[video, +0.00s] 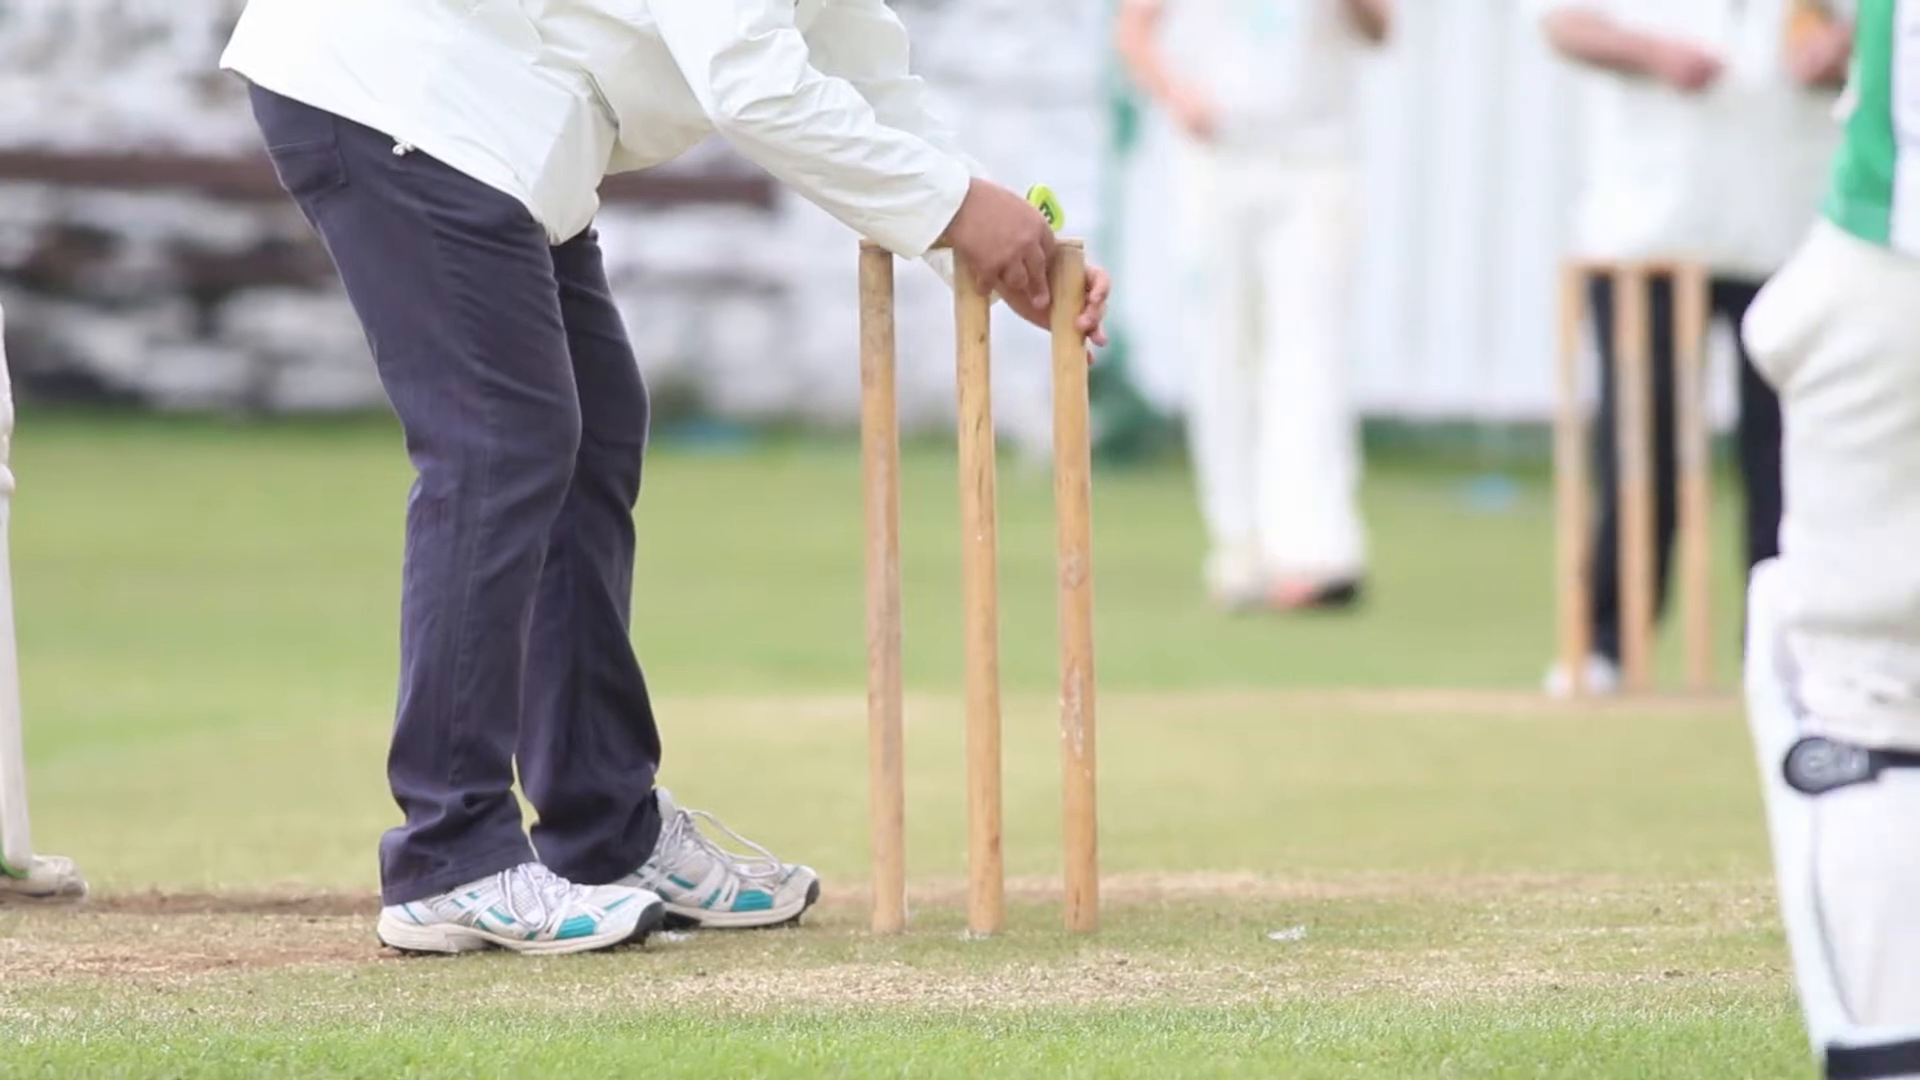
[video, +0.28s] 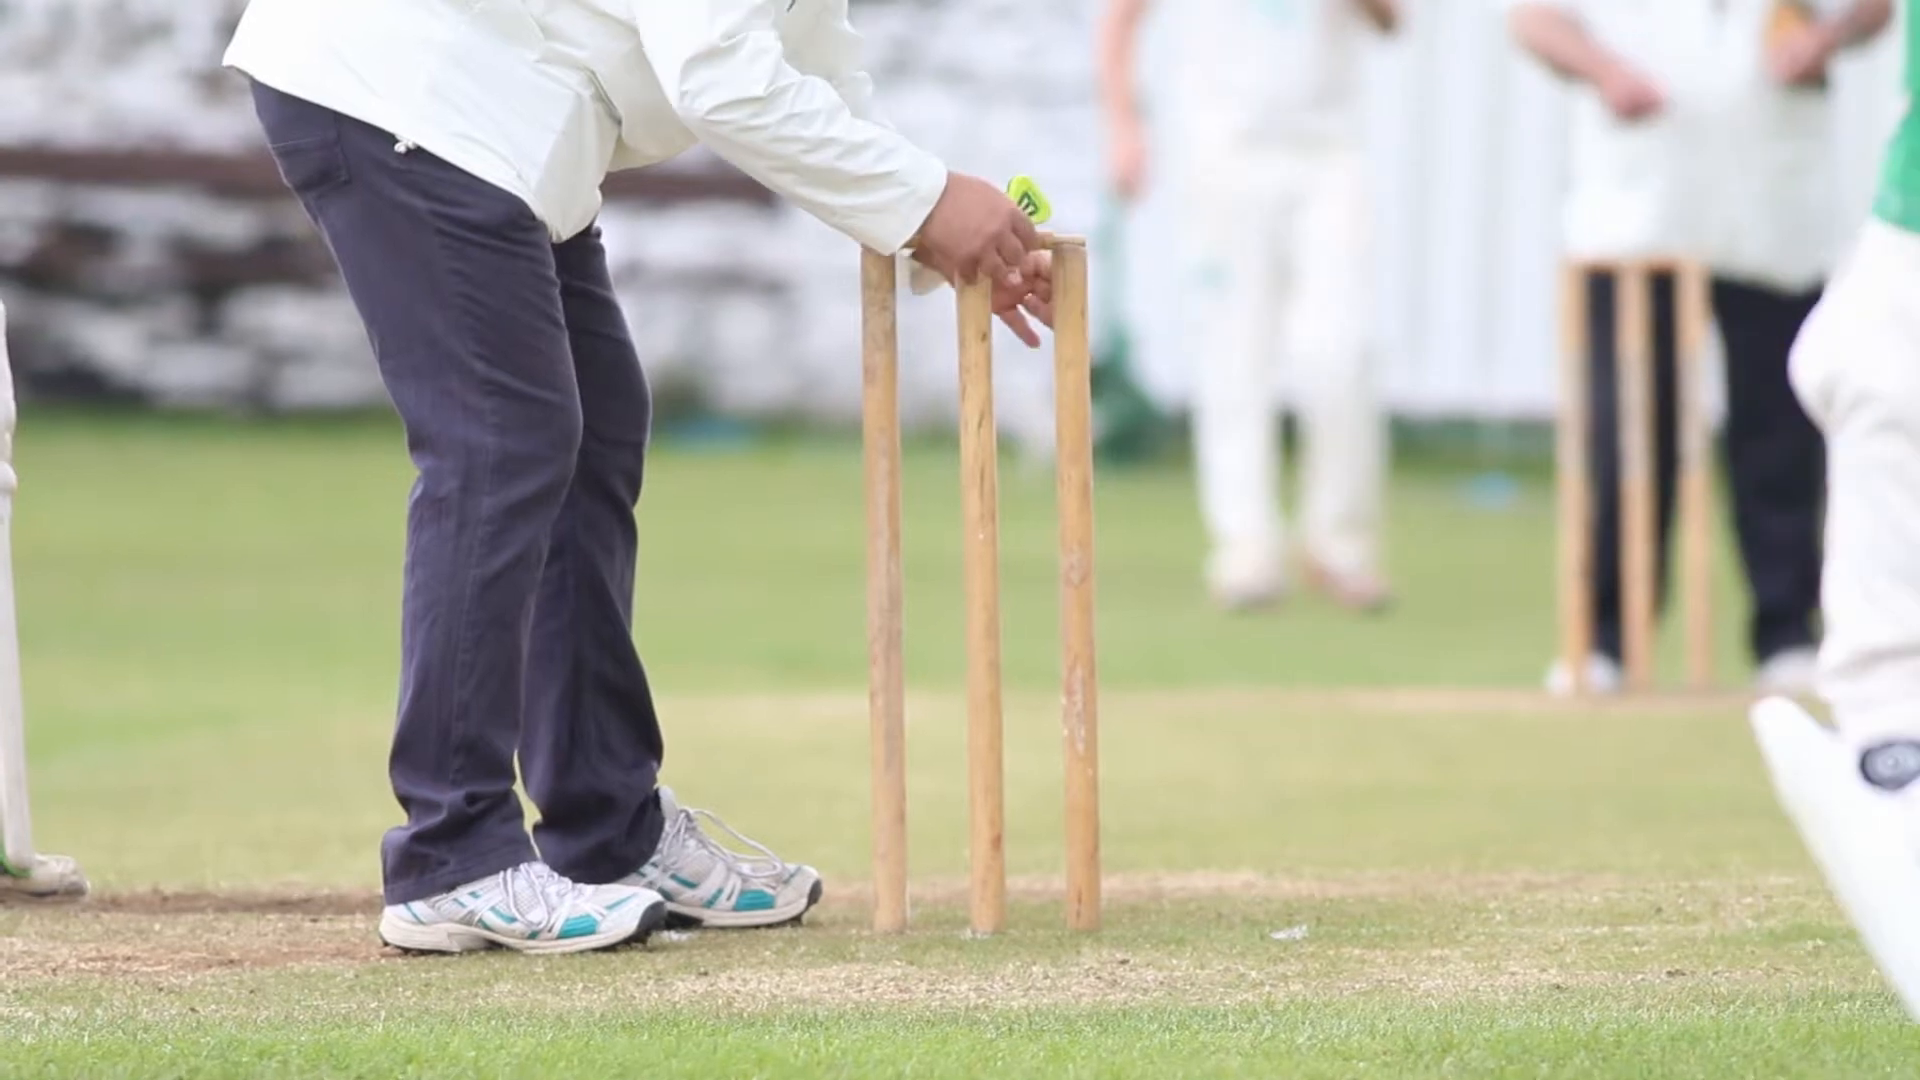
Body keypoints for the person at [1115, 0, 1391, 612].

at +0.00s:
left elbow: (1379, 27)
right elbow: (1132, 30)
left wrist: (1351, 1)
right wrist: (1179, 94)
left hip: (1315, 151)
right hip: (1214, 153)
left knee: (1310, 352)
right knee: (1223, 352)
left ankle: (1313, 549)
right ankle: (1238, 548)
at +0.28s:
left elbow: (1390, 19)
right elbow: (1118, 18)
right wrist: (1125, 131)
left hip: (1328, 148)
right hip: (1220, 150)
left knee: (1340, 351)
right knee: (1232, 354)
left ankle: (1342, 540)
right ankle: (1245, 549)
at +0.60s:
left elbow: (1412, 27)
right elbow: (1151, 25)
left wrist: (1387, 144)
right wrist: (1130, 149)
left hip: (1335, 165)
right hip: (1234, 165)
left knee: (1333, 366)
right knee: (1236, 362)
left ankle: (1332, 547)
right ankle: (1245, 547)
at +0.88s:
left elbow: (1432, 43)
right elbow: (1183, 16)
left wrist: (1400, 174)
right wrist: (1173, 133)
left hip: (1348, 163)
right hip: (1244, 158)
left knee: (1340, 366)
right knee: (1240, 357)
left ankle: (1332, 553)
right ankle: (1239, 544)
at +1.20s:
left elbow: (1448, 28)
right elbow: (1173, 13)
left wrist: (1403, 146)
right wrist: (1174, 123)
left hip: (1336, 158)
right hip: (1234, 156)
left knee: (1334, 365)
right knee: (1220, 359)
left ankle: (1334, 549)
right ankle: (1209, 543)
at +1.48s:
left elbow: (1366, 33)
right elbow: (1137, 11)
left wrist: (1342, 184)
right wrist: (1159, 106)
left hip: (1309, 157)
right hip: (1196, 156)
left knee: (1313, 361)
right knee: (1198, 360)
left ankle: (1329, 550)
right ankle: (1211, 543)